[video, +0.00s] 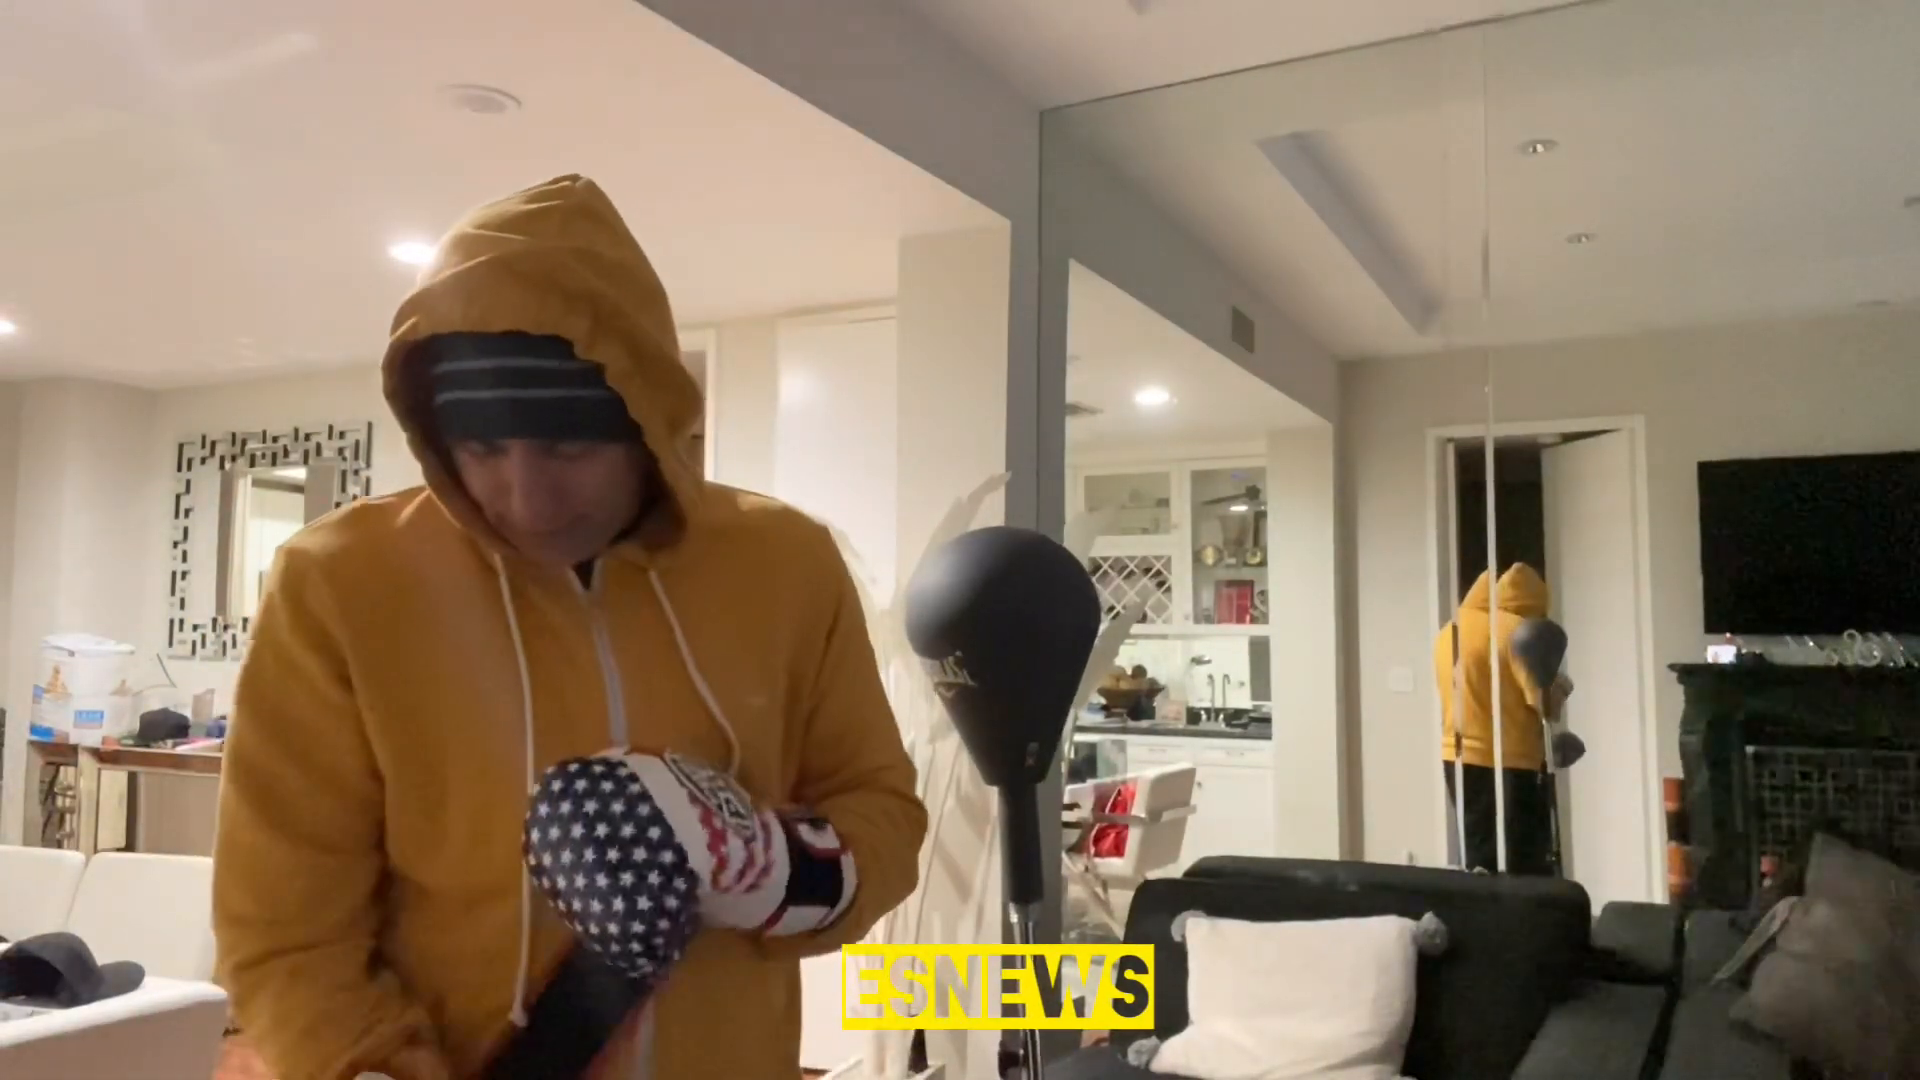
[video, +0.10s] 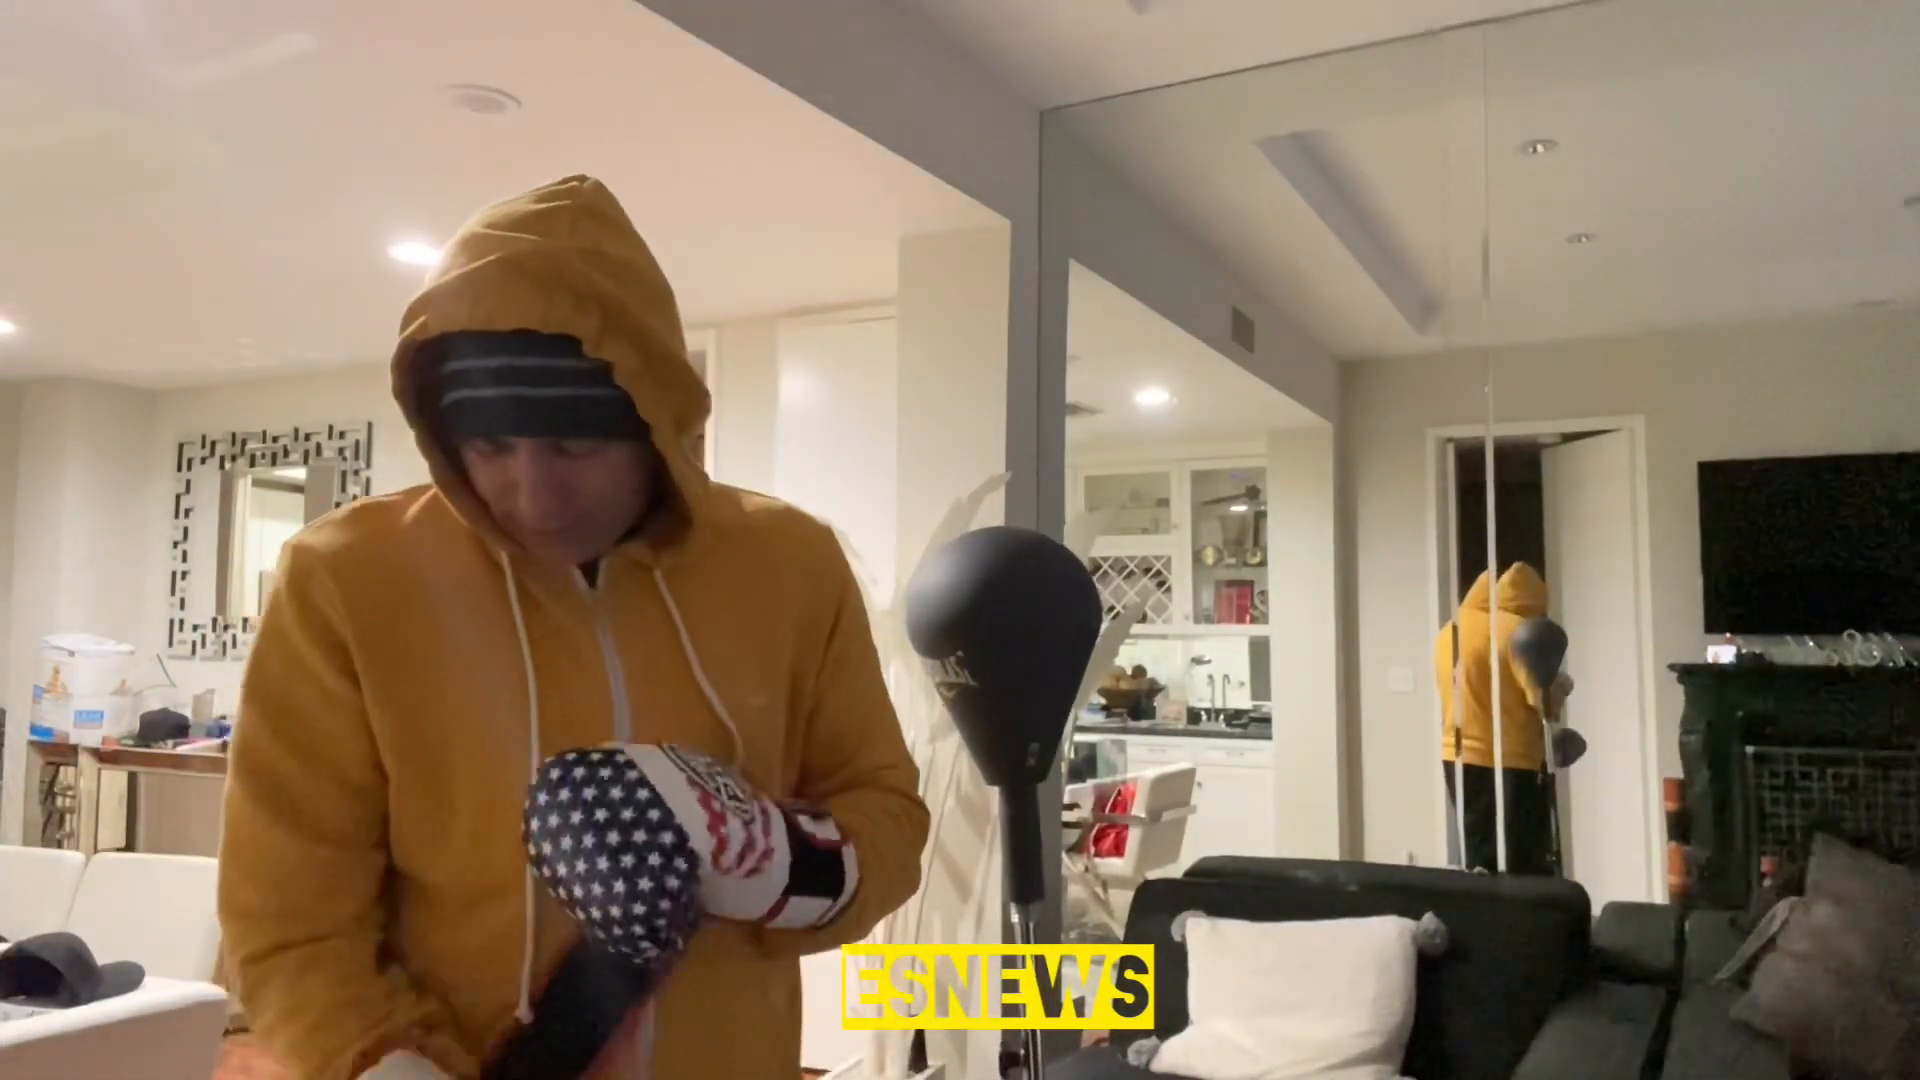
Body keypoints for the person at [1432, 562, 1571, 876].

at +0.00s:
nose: (1540, 617)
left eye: (1541, 611)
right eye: (1539, 609)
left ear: (1488, 591)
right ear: (1530, 601)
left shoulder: (1448, 633)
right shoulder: (1518, 631)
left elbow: (1455, 700)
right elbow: (1546, 704)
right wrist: (1561, 686)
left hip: (1461, 764)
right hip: (1515, 767)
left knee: (1479, 860)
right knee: (1527, 863)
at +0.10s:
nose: (1541, 616)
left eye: (1541, 610)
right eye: (1539, 608)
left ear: (1487, 591)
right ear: (1529, 600)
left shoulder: (1448, 633)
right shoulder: (1518, 631)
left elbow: (1455, 699)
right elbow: (1544, 702)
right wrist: (1560, 686)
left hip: (1461, 764)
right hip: (1514, 766)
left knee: (1479, 861)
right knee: (1527, 864)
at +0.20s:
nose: (1540, 616)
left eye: (1541, 610)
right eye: (1539, 609)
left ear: (1486, 591)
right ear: (1528, 600)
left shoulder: (1449, 632)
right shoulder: (1518, 631)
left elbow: (1453, 697)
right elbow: (1546, 702)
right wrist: (1561, 683)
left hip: (1461, 763)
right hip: (1515, 766)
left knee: (1478, 859)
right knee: (1527, 862)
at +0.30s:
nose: (1540, 615)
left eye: (1540, 608)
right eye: (1539, 607)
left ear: (1489, 590)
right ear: (1529, 600)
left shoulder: (1449, 630)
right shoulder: (1519, 631)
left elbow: (1454, 694)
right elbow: (1550, 704)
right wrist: (1565, 679)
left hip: (1460, 763)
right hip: (1513, 767)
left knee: (1479, 861)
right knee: (1529, 865)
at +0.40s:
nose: (1540, 611)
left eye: (1540, 604)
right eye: (1538, 603)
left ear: (1492, 589)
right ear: (1529, 598)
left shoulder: (1451, 630)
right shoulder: (1520, 633)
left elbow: (1451, 698)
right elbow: (1549, 700)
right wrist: (1568, 687)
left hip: (1462, 762)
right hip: (1516, 766)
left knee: (1479, 860)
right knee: (1529, 863)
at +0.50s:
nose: (1541, 613)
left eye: (1541, 606)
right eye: (1540, 605)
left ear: (1493, 590)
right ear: (1531, 599)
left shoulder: (1451, 631)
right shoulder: (1520, 633)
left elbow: (1452, 699)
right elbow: (1550, 700)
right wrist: (1571, 692)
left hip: (1461, 764)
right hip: (1515, 768)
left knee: (1479, 863)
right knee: (1528, 865)